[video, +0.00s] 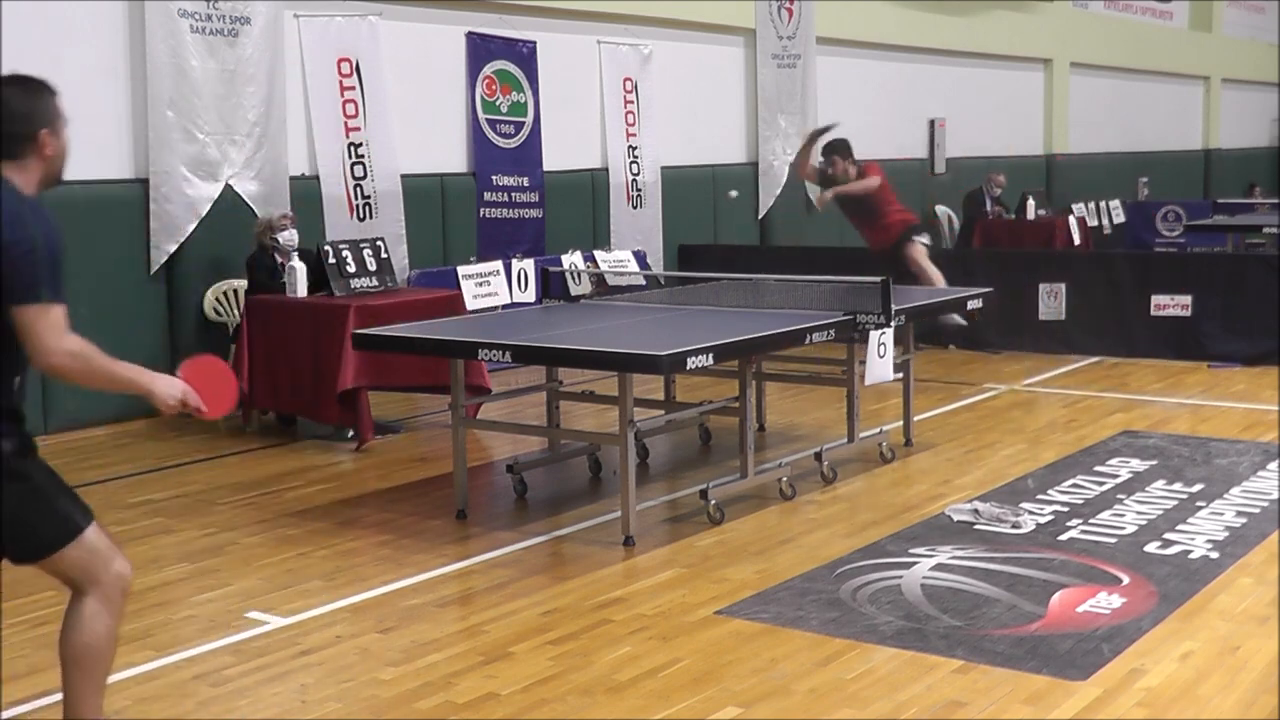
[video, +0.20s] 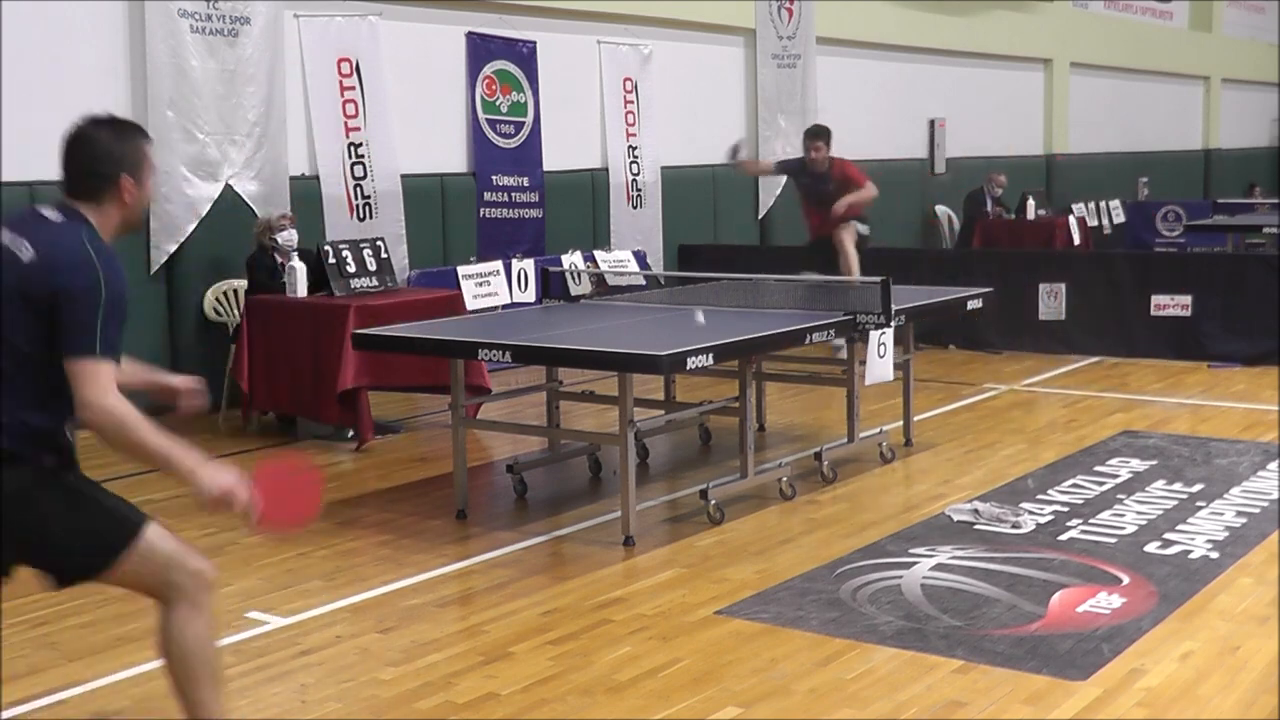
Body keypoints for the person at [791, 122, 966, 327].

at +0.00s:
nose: (828, 169)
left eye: (832, 163)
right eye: (827, 165)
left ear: (848, 161)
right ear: (826, 166)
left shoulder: (870, 170)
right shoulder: (832, 181)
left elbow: (872, 184)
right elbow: (801, 171)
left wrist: (834, 191)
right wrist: (811, 141)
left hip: (909, 234)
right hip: (885, 251)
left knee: (914, 257)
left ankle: (948, 308)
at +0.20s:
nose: (812, 155)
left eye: (817, 150)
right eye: (808, 150)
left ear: (827, 149)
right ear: (803, 149)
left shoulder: (842, 167)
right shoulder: (798, 167)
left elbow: (871, 191)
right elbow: (766, 168)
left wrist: (846, 201)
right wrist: (741, 164)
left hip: (853, 227)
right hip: (821, 236)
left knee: (842, 235)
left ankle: (854, 292)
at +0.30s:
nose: (782, 164)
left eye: (787, 159)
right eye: (778, 159)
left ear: (797, 160)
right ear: (773, 160)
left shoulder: (812, 178)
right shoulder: (769, 185)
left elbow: (853, 182)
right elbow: (736, 213)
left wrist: (849, 181)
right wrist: (705, 227)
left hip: (824, 249)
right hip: (793, 253)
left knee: (831, 269)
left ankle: (842, 318)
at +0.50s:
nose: (780, 187)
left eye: (785, 182)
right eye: (775, 182)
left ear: (795, 184)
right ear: (770, 185)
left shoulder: (810, 208)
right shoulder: (764, 214)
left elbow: (832, 239)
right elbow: (745, 249)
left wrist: (802, 237)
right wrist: (720, 278)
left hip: (801, 285)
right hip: (766, 286)